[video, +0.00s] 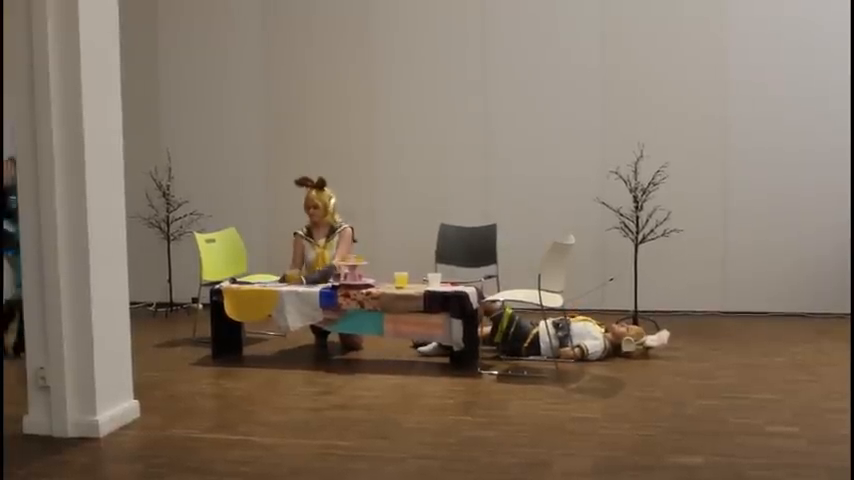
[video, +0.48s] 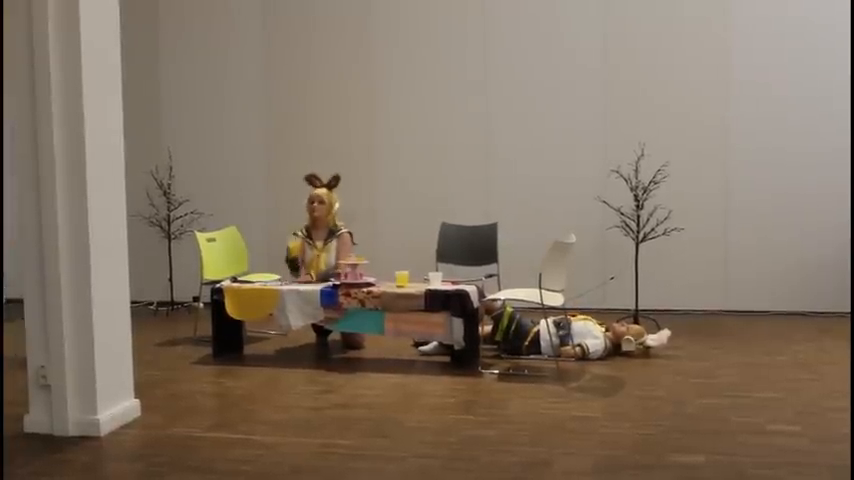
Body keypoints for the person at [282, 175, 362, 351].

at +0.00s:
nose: (310, 212)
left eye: (315, 207)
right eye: (307, 207)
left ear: (328, 208)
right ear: (304, 208)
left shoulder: (344, 231)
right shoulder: (301, 235)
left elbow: (338, 265)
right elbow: (295, 269)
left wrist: (308, 280)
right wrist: (291, 279)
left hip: (339, 291)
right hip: (311, 294)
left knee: (354, 343)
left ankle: (347, 338)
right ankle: (320, 339)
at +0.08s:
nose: (308, 210)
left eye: (313, 206)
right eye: (305, 206)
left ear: (325, 206)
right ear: (302, 207)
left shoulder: (342, 228)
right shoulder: (301, 235)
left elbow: (336, 262)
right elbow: (297, 271)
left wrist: (310, 279)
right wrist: (290, 279)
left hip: (340, 286)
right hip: (313, 289)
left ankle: (347, 335)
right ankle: (321, 338)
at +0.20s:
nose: (306, 212)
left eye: (311, 208)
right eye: (303, 208)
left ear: (323, 208)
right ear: (300, 209)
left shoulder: (337, 230)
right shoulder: (303, 237)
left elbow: (340, 267)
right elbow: (298, 271)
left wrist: (316, 277)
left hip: (340, 288)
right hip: (314, 291)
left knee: (355, 343)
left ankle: (347, 332)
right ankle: (321, 337)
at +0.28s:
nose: (307, 214)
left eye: (313, 209)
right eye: (304, 210)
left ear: (324, 210)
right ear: (300, 211)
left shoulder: (337, 234)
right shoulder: (302, 238)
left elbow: (340, 270)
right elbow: (298, 270)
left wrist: (313, 279)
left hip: (339, 290)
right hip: (313, 292)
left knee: (355, 343)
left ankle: (348, 333)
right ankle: (322, 338)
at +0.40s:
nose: (312, 210)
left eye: (318, 206)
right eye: (308, 205)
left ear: (329, 209)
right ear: (304, 208)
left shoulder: (340, 235)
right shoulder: (301, 236)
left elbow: (341, 271)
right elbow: (297, 270)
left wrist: (313, 274)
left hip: (339, 291)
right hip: (312, 293)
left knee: (356, 342)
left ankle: (347, 332)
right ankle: (321, 336)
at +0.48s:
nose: (314, 206)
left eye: (320, 202)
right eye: (311, 202)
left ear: (331, 207)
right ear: (307, 206)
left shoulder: (342, 235)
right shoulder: (302, 235)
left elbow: (343, 271)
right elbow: (297, 271)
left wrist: (314, 278)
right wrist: (293, 264)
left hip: (338, 293)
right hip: (311, 294)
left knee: (356, 342)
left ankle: (347, 332)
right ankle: (321, 336)